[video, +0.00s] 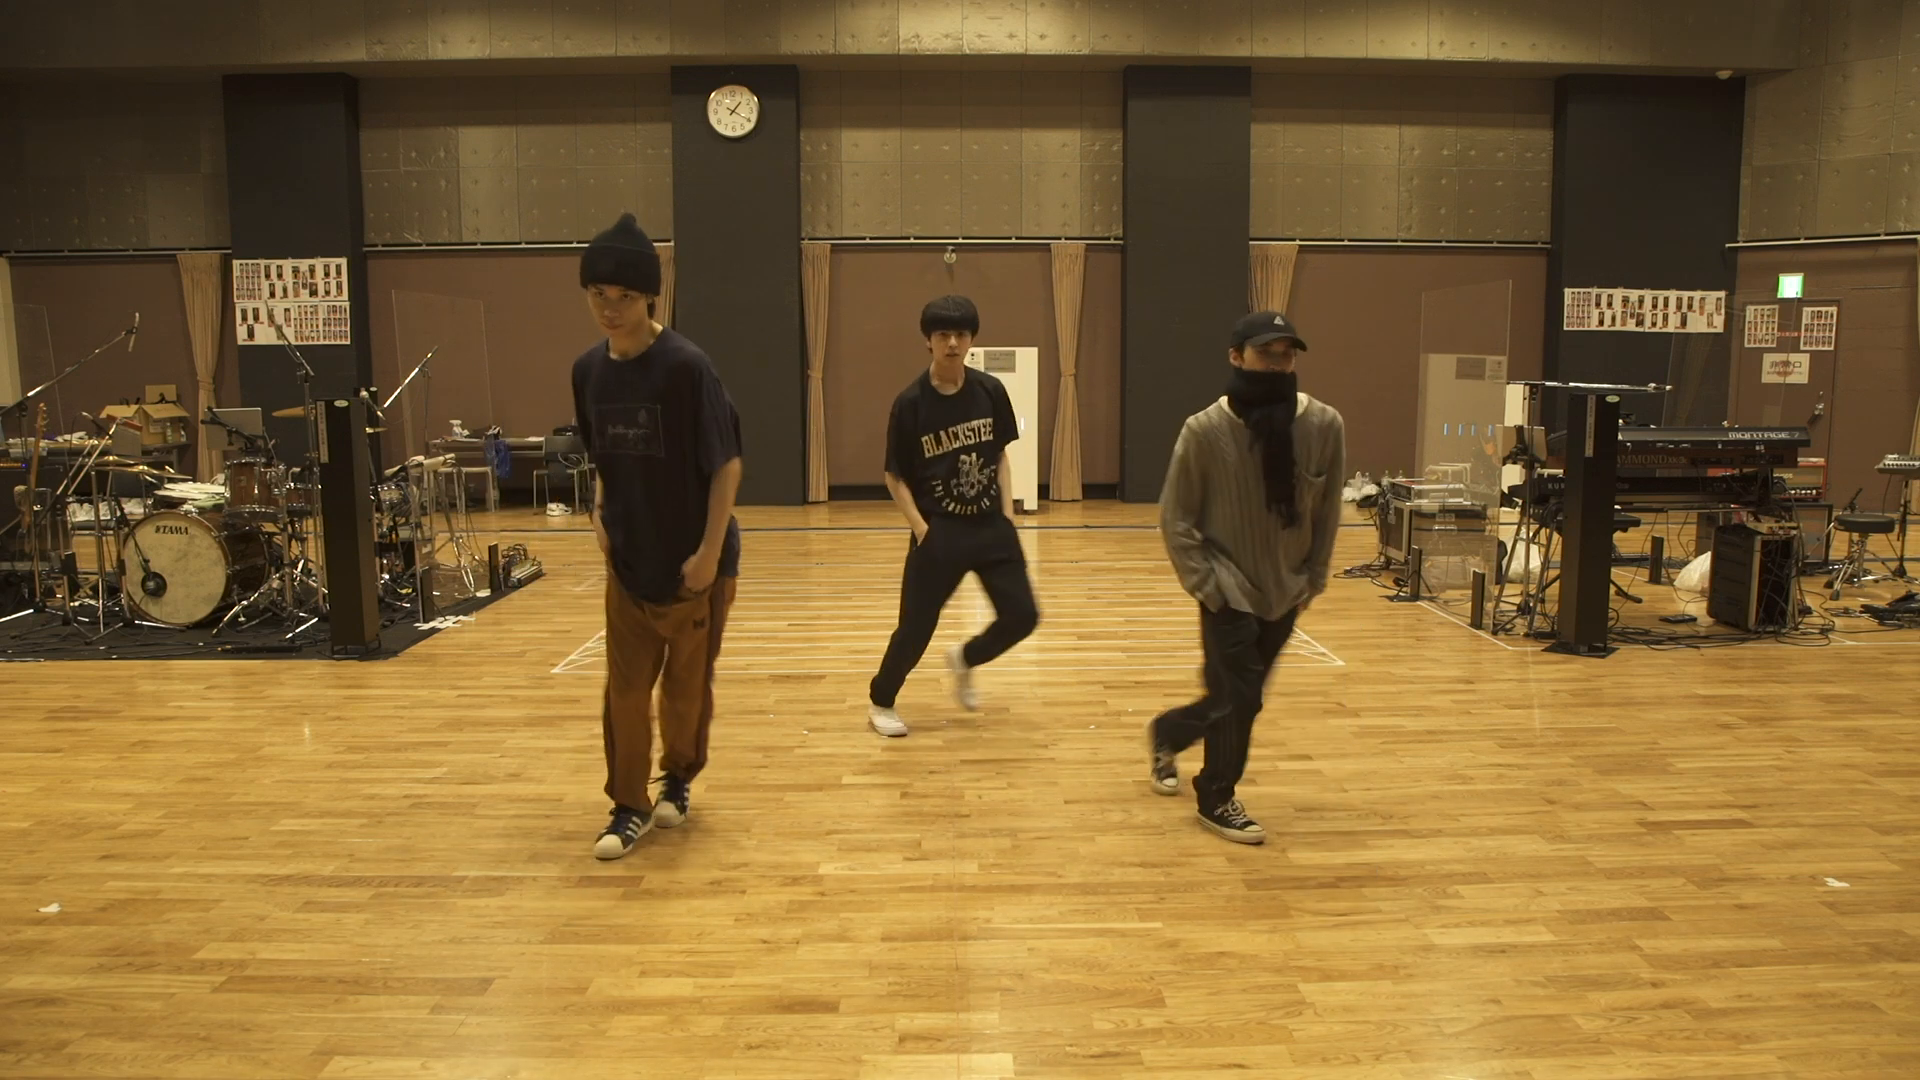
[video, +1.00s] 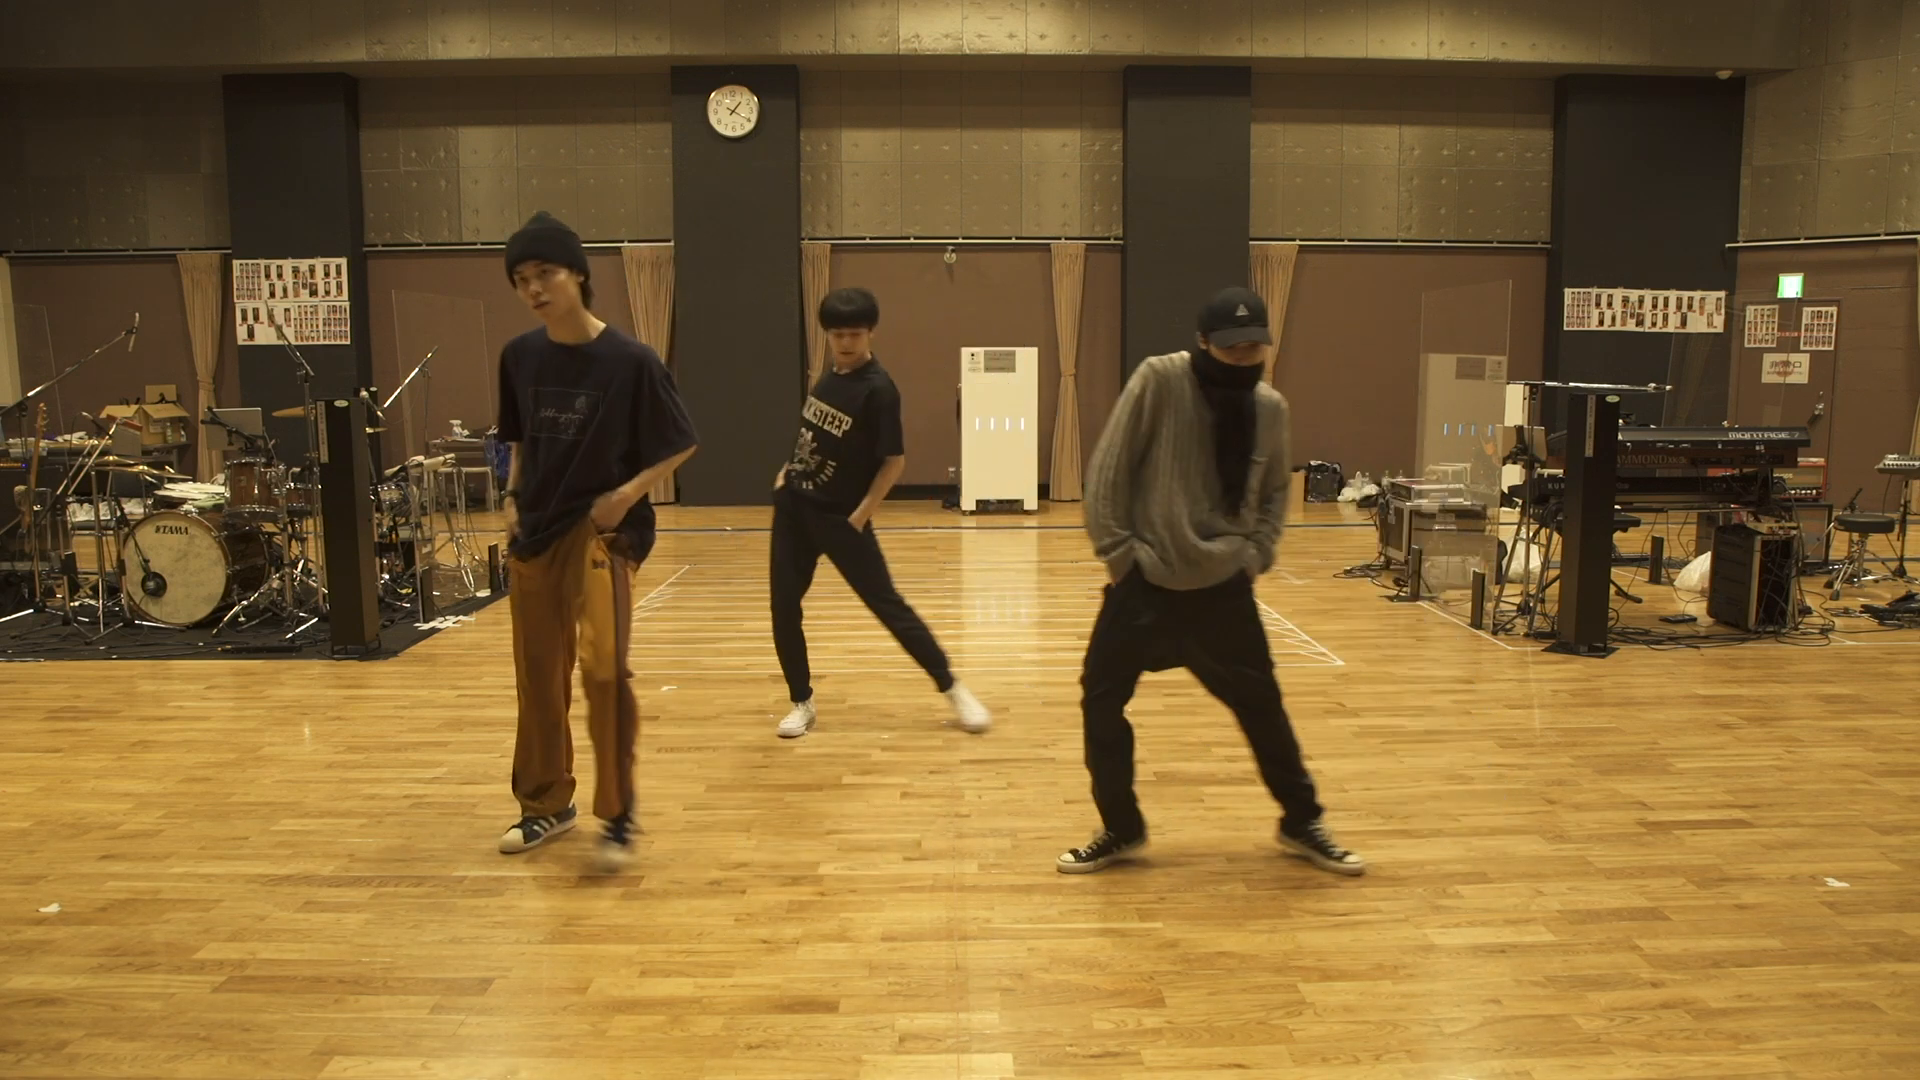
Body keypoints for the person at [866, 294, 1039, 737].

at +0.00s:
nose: (952, 345)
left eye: (960, 336)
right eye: (943, 336)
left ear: (971, 341)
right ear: (928, 342)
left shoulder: (990, 390)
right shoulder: (910, 405)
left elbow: (1000, 455)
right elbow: (895, 476)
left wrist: (1007, 515)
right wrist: (922, 530)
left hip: (991, 530)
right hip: (939, 534)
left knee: (1023, 618)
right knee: (915, 632)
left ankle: (964, 659)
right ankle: (882, 703)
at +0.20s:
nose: (966, 340)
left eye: (974, 332)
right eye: (957, 331)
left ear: (986, 337)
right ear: (941, 337)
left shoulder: (1013, 381)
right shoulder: (926, 398)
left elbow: (1029, 442)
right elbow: (924, 468)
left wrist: (1036, 499)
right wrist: (949, 517)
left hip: (1024, 517)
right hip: (970, 526)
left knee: (1069, 604)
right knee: (958, 619)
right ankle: (925, 694)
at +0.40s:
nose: (1009, 357)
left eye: (1017, 348)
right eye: (999, 349)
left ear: (1027, 352)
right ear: (980, 352)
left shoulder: (1042, 410)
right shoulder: (953, 405)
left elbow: (1052, 474)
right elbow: (938, 470)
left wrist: (1051, 523)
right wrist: (958, 528)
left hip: (1033, 537)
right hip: (977, 541)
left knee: (1078, 617)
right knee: (939, 631)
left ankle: (1119, 707)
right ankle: (991, 684)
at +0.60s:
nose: (972, 358)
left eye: (981, 350)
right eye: (964, 349)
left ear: (992, 353)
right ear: (948, 351)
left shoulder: (1004, 402)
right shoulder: (923, 398)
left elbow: (1012, 470)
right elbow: (910, 456)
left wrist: (993, 532)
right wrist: (911, 508)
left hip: (980, 541)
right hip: (926, 536)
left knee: (1038, 620)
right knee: (866, 611)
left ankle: (1108, 700)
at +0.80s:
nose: (888, 353)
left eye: (898, 345)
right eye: (881, 345)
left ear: (915, 344)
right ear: (870, 343)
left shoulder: (918, 400)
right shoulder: (876, 378)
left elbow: (934, 472)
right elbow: (865, 444)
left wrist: (900, 528)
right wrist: (839, 488)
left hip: (889, 527)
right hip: (843, 517)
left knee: (948, 611)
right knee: (808, 612)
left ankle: (1024, 691)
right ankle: (804, 707)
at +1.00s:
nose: (844, 344)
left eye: (853, 335)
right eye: (837, 335)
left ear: (871, 334)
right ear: (826, 334)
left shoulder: (880, 390)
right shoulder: (829, 373)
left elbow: (895, 461)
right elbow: (816, 435)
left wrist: (860, 516)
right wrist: (787, 472)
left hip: (841, 519)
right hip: (794, 508)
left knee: (887, 606)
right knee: (783, 607)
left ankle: (953, 690)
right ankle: (801, 704)